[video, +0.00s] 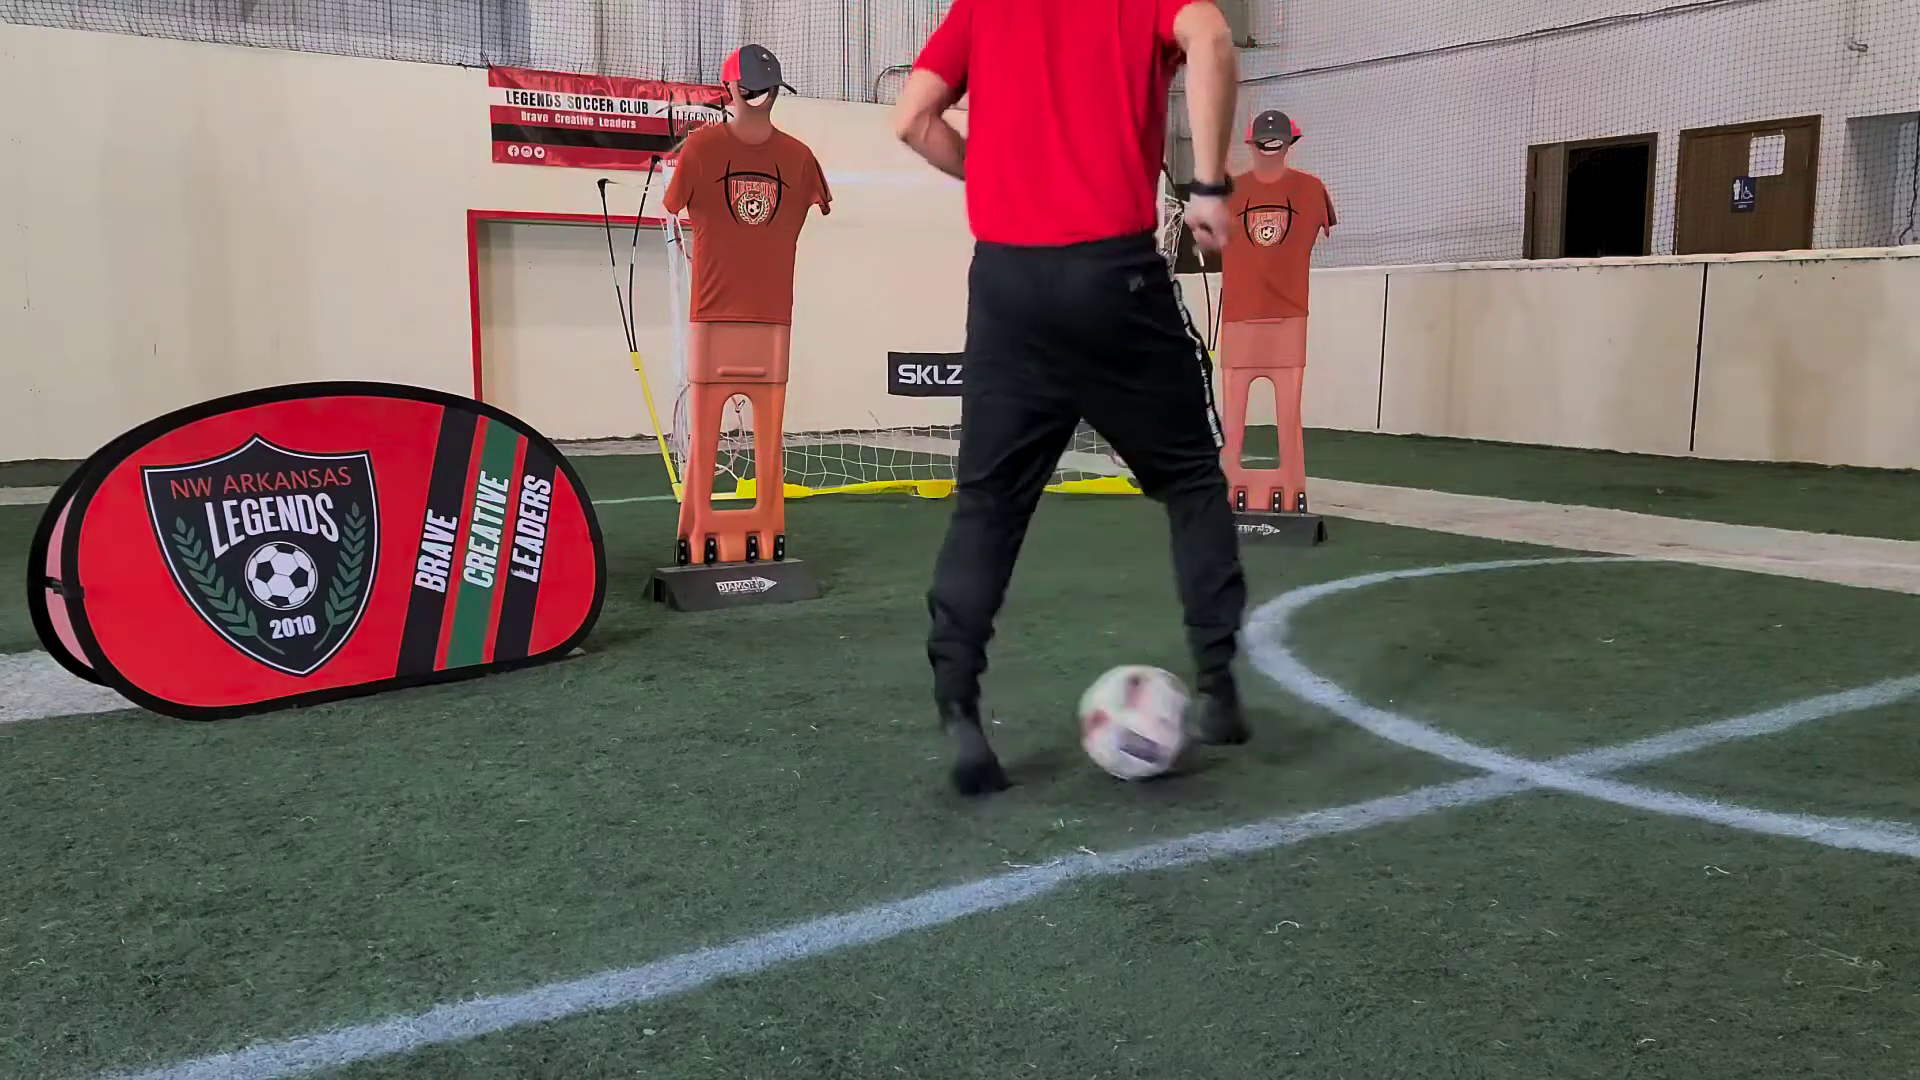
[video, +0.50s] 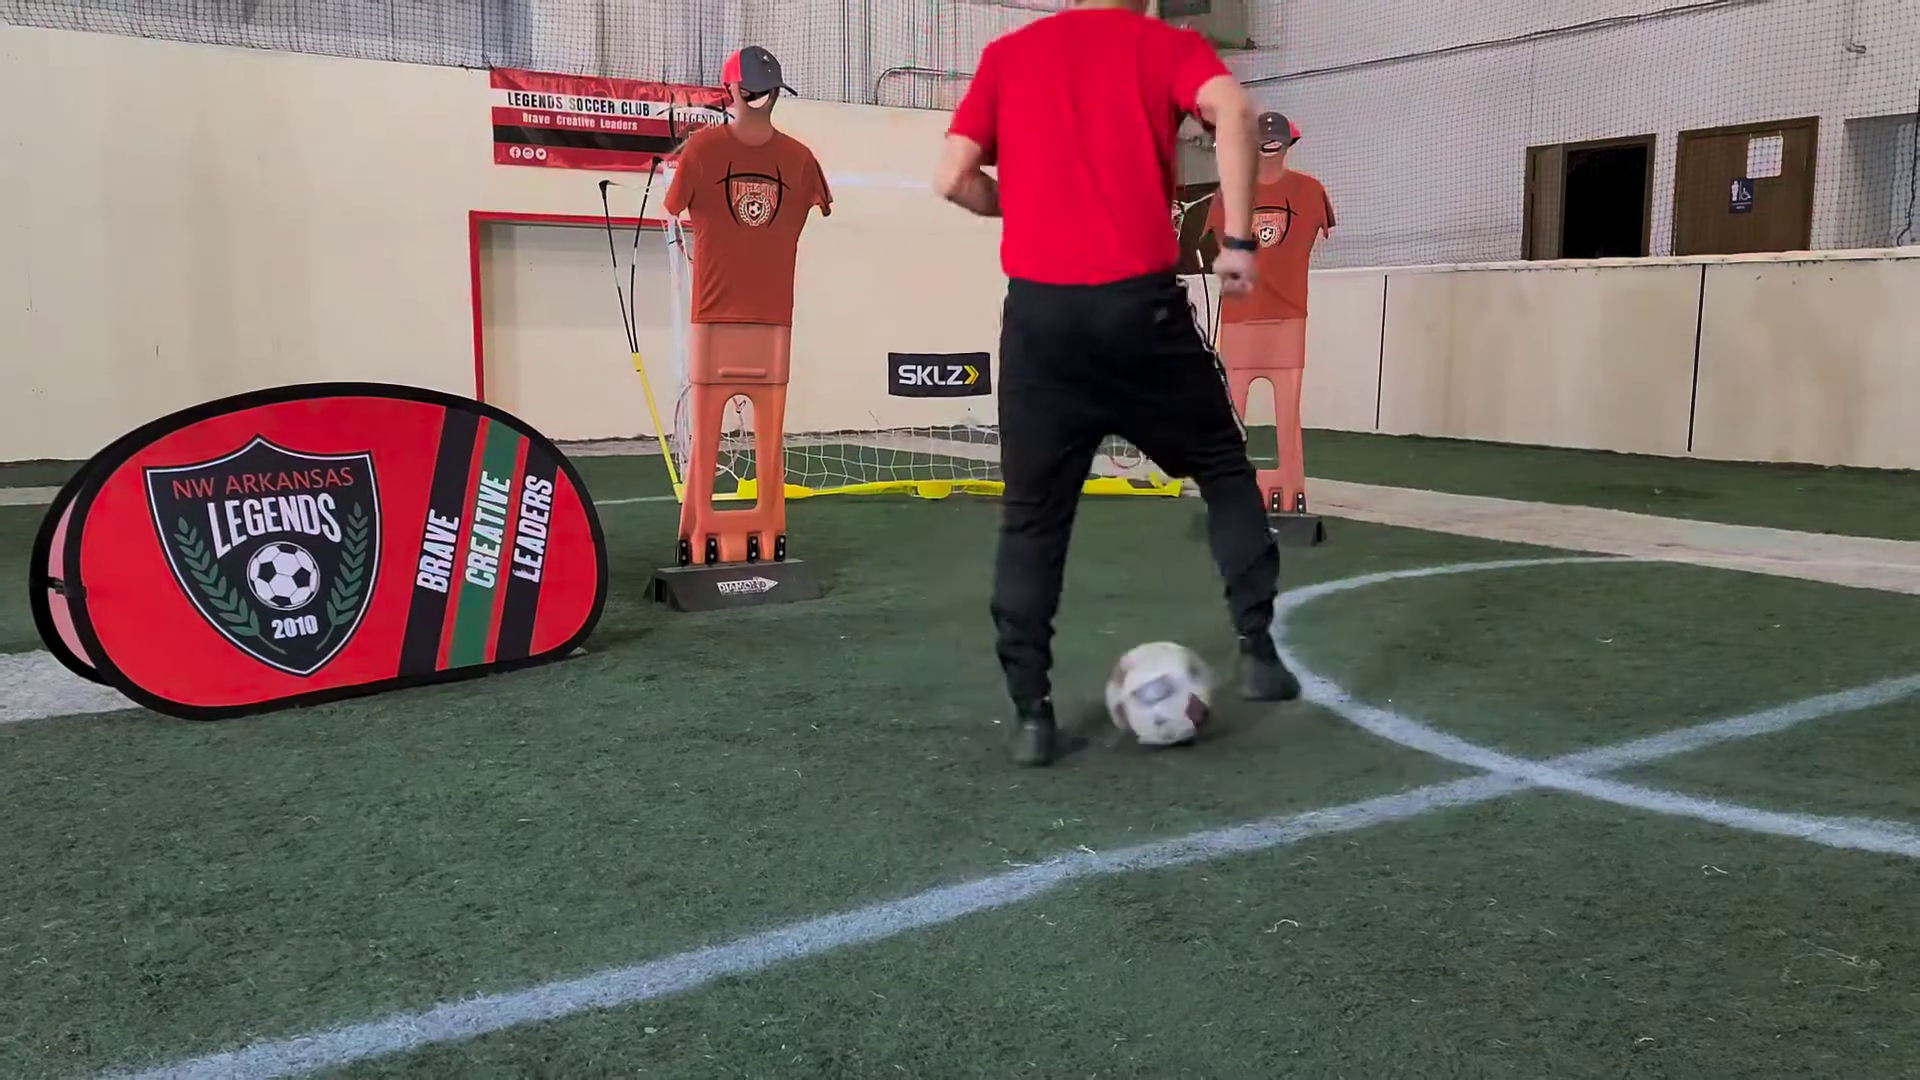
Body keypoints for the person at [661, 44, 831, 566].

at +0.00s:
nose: (757, 96)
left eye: (764, 87)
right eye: (748, 87)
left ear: (775, 87)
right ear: (729, 88)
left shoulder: (797, 153)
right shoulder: (702, 145)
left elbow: (807, 211)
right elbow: (676, 209)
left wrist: (761, 237)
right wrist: (726, 228)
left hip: (772, 303)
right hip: (713, 304)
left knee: (770, 415)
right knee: (704, 417)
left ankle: (768, 527)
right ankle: (697, 527)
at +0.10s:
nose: (758, 97)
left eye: (765, 88)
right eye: (748, 88)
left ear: (776, 89)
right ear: (729, 88)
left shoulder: (798, 154)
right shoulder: (701, 146)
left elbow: (802, 213)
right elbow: (675, 208)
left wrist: (766, 240)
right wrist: (723, 230)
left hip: (772, 303)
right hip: (712, 304)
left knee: (770, 418)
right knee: (705, 420)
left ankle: (767, 530)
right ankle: (696, 531)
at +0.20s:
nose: (759, 96)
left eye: (765, 87)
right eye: (749, 87)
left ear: (776, 88)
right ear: (729, 88)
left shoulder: (797, 153)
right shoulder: (702, 145)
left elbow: (808, 208)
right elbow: (673, 207)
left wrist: (767, 238)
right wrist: (723, 227)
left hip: (772, 304)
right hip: (712, 304)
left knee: (770, 419)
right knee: (704, 421)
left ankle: (767, 531)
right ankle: (696, 531)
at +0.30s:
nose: (759, 96)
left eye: (766, 87)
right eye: (749, 87)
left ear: (776, 87)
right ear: (729, 88)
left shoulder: (797, 153)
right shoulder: (702, 144)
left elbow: (802, 214)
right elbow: (675, 209)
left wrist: (762, 237)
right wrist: (724, 227)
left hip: (772, 304)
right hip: (712, 304)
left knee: (770, 418)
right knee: (705, 419)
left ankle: (767, 531)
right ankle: (697, 531)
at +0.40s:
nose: (757, 95)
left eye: (765, 87)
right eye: (748, 86)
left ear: (776, 88)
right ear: (729, 87)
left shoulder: (796, 153)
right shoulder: (702, 144)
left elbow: (799, 218)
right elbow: (676, 210)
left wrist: (760, 238)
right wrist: (726, 229)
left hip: (772, 302)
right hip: (713, 302)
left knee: (769, 413)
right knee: (705, 413)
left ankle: (767, 526)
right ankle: (697, 526)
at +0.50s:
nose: (759, 97)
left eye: (766, 88)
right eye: (750, 88)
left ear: (776, 89)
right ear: (730, 89)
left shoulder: (797, 153)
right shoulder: (703, 146)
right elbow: (677, 211)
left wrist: (750, 232)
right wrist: (725, 226)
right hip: (715, 304)